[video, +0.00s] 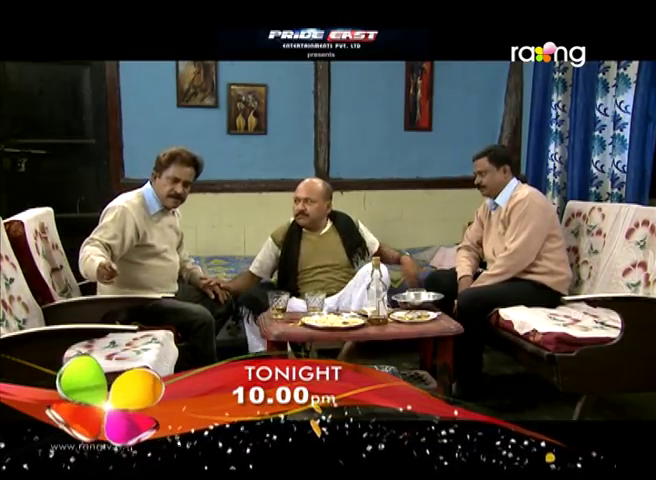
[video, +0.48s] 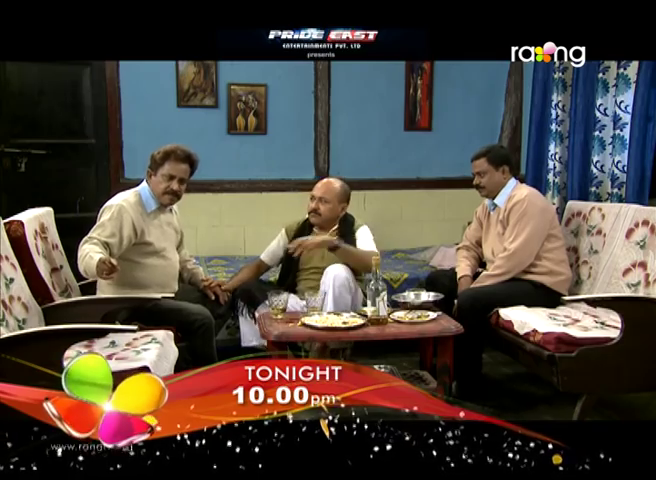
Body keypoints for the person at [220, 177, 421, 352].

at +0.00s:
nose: (300, 207)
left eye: (309, 202)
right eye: (297, 201)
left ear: (327, 207)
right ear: (293, 202)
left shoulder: (346, 224)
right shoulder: (284, 235)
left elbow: (379, 251)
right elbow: (252, 277)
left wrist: (403, 258)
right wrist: (226, 287)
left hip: (348, 300)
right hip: (300, 305)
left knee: (378, 275)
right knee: (251, 298)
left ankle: (345, 358)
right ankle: (274, 365)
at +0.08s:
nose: (303, 208)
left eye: (311, 203)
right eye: (300, 201)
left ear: (330, 206)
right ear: (295, 202)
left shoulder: (347, 225)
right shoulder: (284, 234)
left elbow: (385, 249)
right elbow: (253, 275)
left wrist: (394, 255)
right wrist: (228, 287)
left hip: (344, 300)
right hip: (299, 304)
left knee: (367, 268)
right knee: (251, 296)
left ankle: (343, 352)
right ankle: (264, 363)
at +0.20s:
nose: (306, 207)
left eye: (315, 202)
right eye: (303, 201)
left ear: (334, 207)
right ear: (300, 201)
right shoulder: (286, 233)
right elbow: (255, 271)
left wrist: (382, 243)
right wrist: (229, 288)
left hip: (339, 300)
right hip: (297, 303)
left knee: (358, 268)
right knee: (250, 296)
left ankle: (339, 351)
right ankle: (262, 364)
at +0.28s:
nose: (309, 207)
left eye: (318, 202)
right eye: (307, 200)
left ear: (337, 208)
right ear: (303, 200)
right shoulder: (289, 232)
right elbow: (256, 270)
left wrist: (369, 237)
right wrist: (229, 287)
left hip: (341, 299)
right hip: (298, 302)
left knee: (352, 268)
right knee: (249, 295)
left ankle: (335, 351)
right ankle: (265, 364)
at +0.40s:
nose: (312, 206)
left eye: (321, 202)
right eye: (310, 199)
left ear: (340, 207)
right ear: (306, 199)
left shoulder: (355, 230)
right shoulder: (292, 231)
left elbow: (382, 264)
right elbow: (259, 267)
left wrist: (347, 240)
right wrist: (228, 286)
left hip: (339, 302)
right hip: (297, 302)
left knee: (342, 270)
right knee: (248, 293)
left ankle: (330, 350)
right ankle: (264, 360)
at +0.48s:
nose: (314, 206)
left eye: (323, 201)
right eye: (312, 199)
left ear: (342, 208)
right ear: (308, 200)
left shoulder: (357, 231)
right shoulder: (294, 230)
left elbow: (369, 265)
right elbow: (260, 266)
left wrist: (331, 243)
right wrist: (228, 286)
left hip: (338, 301)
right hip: (297, 302)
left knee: (337, 272)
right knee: (248, 294)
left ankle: (333, 353)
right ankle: (266, 361)